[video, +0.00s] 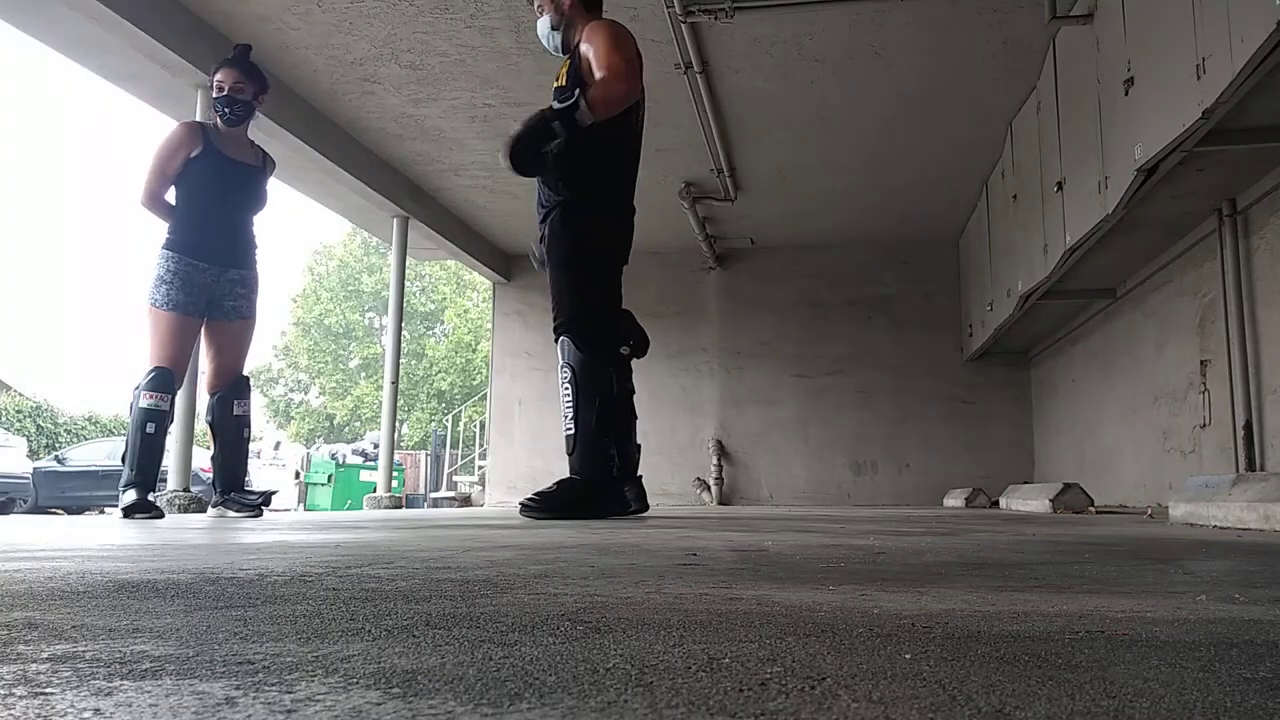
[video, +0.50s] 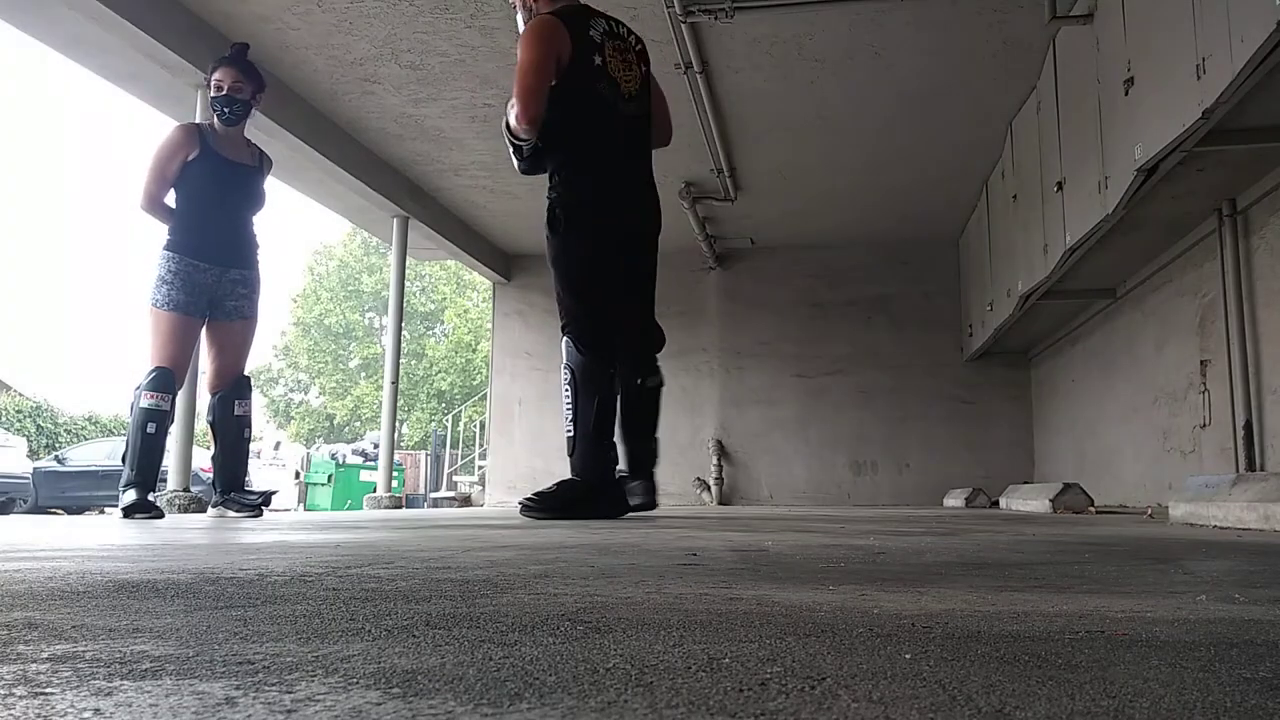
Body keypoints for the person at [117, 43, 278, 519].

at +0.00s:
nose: (227, 97)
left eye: (239, 90)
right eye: (220, 89)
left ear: (258, 99)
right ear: (211, 93)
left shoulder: (264, 161)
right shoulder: (190, 134)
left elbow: (247, 213)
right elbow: (151, 196)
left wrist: (223, 231)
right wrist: (190, 226)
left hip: (239, 275)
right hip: (184, 265)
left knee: (227, 383)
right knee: (164, 375)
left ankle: (229, 488)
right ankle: (138, 489)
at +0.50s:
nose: (226, 95)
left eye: (237, 89)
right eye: (218, 87)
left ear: (255, 98)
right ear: (208, 92)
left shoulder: (261, 160)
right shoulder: (186, 136)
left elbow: (247, 212)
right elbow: (151, 200)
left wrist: (239, 236)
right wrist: (191, 228)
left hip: (239, 274)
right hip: (185, 266)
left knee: (229, 384)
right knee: (165, 376)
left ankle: (229, 488)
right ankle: (137, 489)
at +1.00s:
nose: (212, 89)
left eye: (223, 82)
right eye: (204, 79)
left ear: (239, 92)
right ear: (190, 84)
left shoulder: (241, 154)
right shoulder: (165, 130)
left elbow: (228, 205)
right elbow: (127, 194)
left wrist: (200, 224)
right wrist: (167, 220)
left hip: (219, 271)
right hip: (164, 263)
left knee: (221, 381)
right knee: (152, 374)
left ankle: (228, 487)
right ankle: (137, 489)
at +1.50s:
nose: (188, 77)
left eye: (200, 70)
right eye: (180, 66)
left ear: (216, 79)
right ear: (166, 69)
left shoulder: (226, 141)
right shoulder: (137, 113)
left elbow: (204, 197)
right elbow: (90, 172)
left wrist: (188, 223)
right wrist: (128, 210)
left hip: (196, 258)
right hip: (135, 255)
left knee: (200, 366)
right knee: (139, 378)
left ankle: (205, 479)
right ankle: (137, 492)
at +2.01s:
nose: (172, 39)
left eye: (187, 33)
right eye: (166, 27)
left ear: (205, 45)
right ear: (153, 31)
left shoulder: (220, 105)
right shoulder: (119, 85)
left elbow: (241, 182)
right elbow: (81, 158)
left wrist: (255, 220)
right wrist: (44, 170)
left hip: (184, 237)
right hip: (118, 233)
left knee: (169, 361)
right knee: (103, 375)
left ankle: (151, 489)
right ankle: (138, 469)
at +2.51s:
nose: (108, 10)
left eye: (121, 4)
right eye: (100, 3)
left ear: (138, 9)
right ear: (83, 6)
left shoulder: (158, 67)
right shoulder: (47, 54)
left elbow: (195, 149)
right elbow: (14, 135)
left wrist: (160, 147)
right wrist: (34, 108)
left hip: (133, 216)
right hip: (59, 211)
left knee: (133, 354)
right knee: (17, 346)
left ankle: (146, 489)